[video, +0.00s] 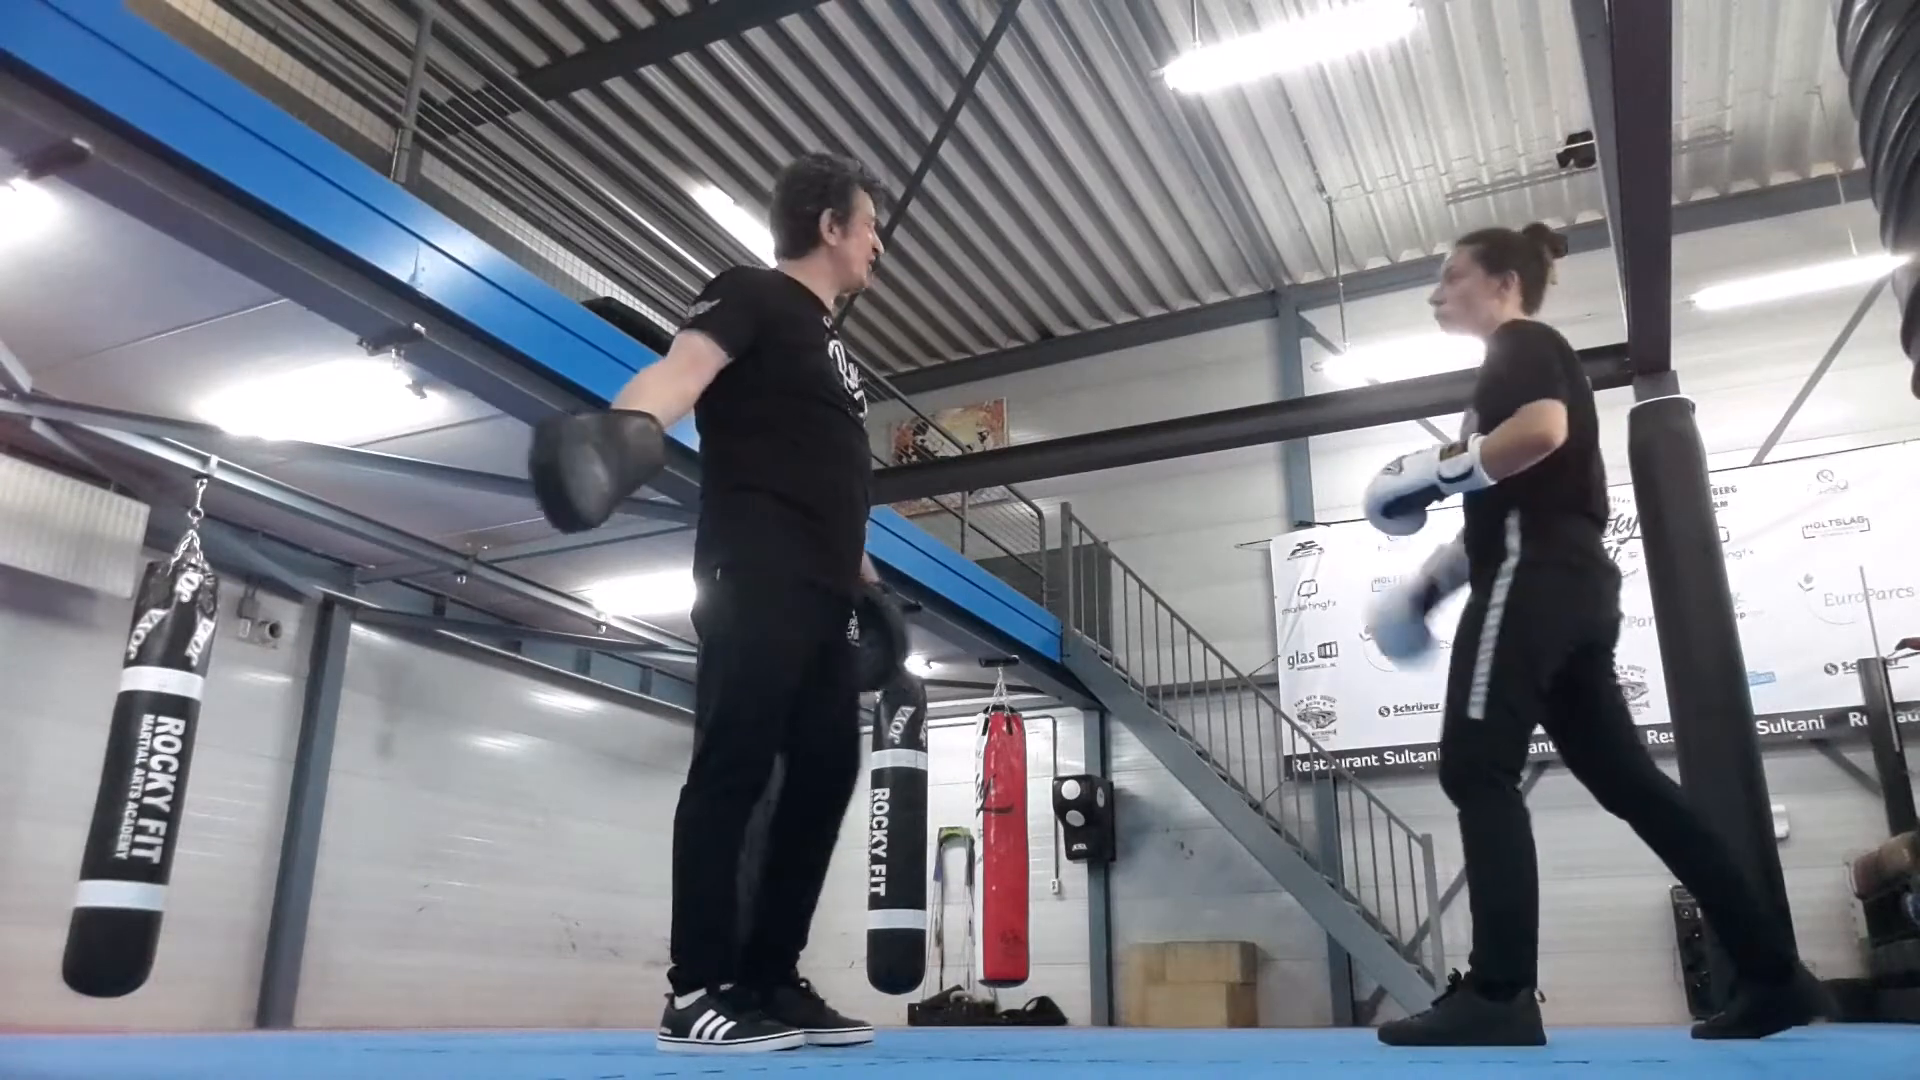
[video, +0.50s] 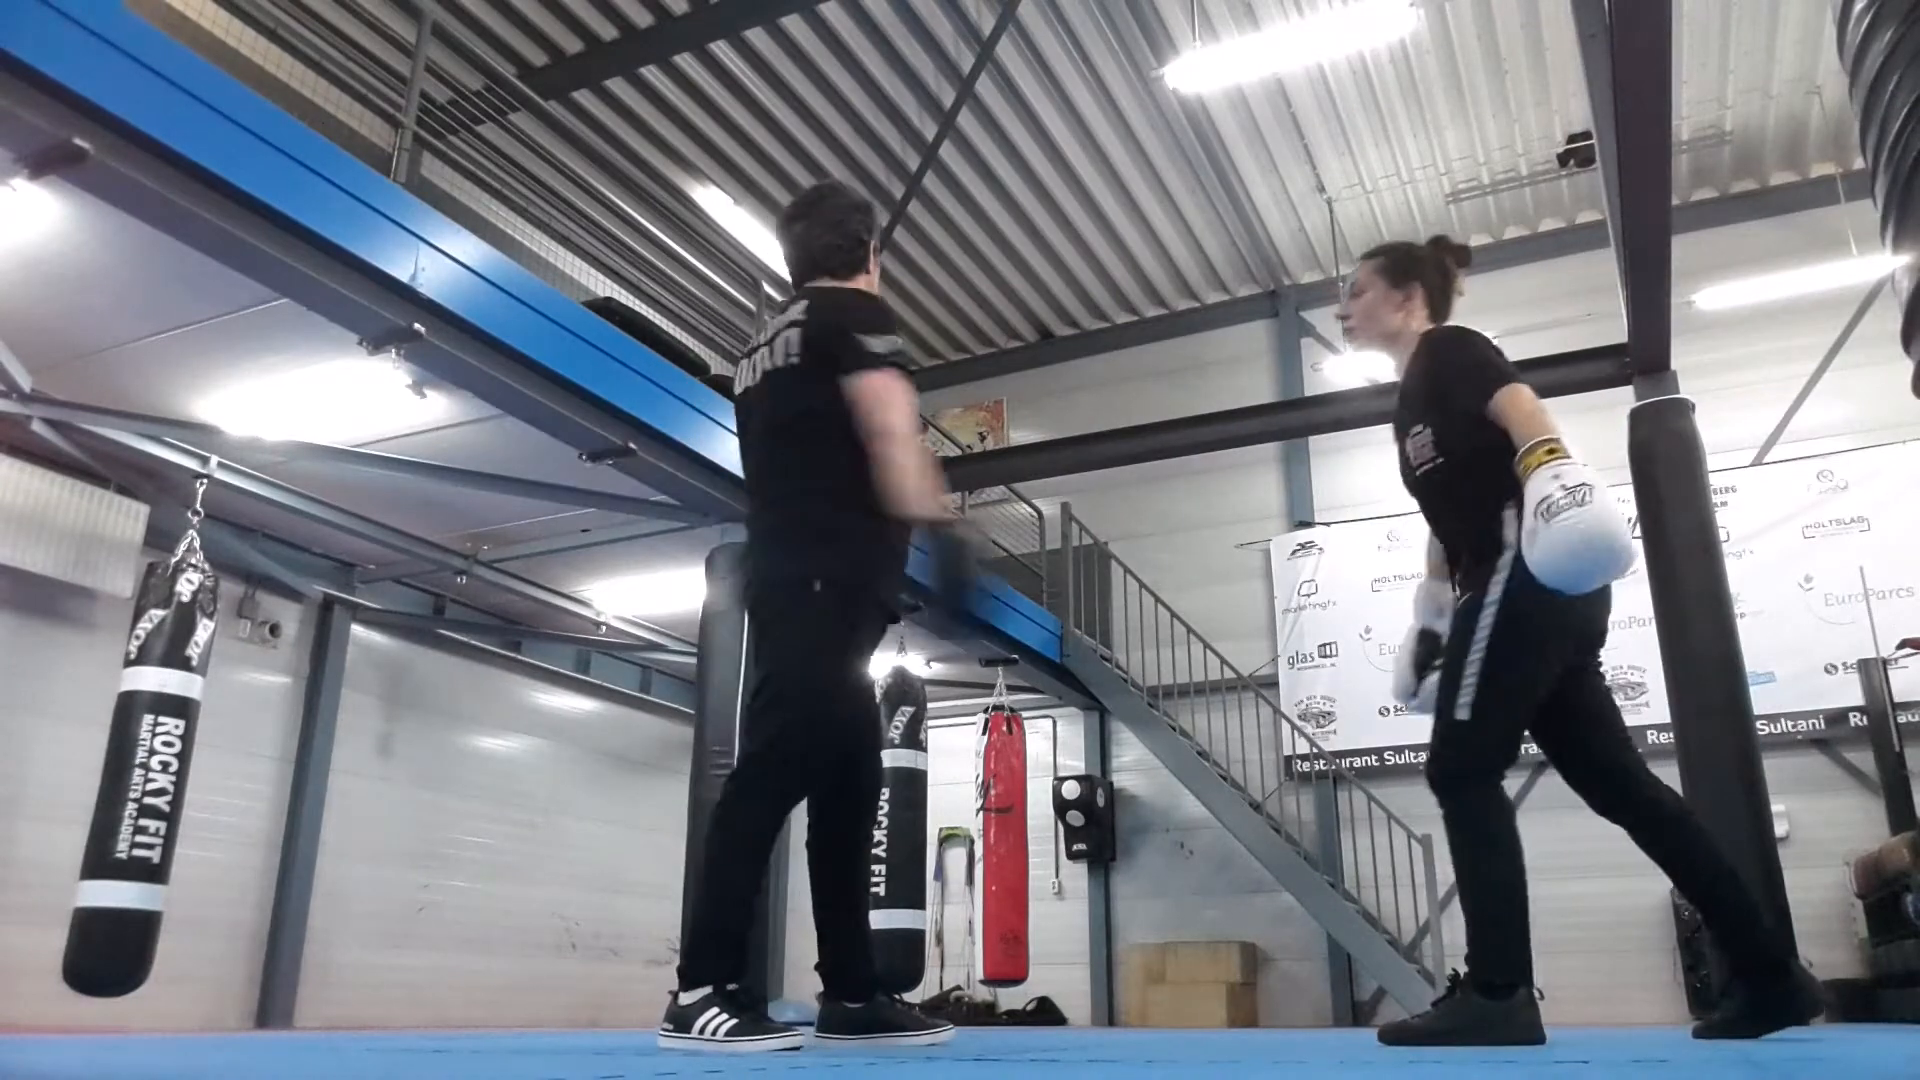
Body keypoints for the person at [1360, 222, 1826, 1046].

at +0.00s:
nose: (1439, 291)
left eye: (1452, 277)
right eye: (1442, 278)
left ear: (1501, 282)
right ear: (1505, 290)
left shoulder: (1520, 341)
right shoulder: (1531, 363)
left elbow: (1543, 429)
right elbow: (1509, 510)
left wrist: (1442, 470)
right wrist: (1429, 583)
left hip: (1531, 570)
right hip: (1569, 576)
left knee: (1476, 770)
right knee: (1627, 782)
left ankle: (1497, 998)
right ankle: (1772, 976)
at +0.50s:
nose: (1345, 306)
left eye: (1358, 292)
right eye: (1346, 294)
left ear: (1407, 296)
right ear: (1396, 303)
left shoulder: (1447, 349)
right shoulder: (1412, 399)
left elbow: (1516, 407)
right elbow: (1451, 519)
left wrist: (1555, 476)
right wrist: (1431, 618)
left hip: (1527, 576)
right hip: (1526, 589)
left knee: (1461, 769)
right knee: (1619, 786)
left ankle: (1496, 996)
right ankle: (1768, 973)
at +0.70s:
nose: (1312, 294)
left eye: (1327, 280)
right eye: (1315, 282)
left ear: (1378, 286)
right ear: (1366, 292)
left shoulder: (1428, 344)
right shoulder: (1371, 406)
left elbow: (1500, 403)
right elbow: (1371, 516)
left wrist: (1508, 473)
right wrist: (1353, 609)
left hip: (1487, 578)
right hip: (1510, 582)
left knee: (1447, 772)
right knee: (1581, 778)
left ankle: (1498, 994)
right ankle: (1752, 967)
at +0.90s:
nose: (1299, 286)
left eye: (1309, 269)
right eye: (1300, 271)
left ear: (1350, 267)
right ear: (1359, 273)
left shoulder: (1387, 330)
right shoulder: (1380, 361)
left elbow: (1400, 425)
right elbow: (1325, 474)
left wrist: (1385, 525)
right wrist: (1231, 513)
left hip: (1461, 557)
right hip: (1493, 560)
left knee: (1455, 767)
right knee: (1467, 768)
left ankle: (1498, 995)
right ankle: (1622, 948)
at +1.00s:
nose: (1297, 289)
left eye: (1304, 272)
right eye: (1299, 275)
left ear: (1342, 270)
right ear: (1367, 274)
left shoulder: (1368, 329)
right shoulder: (1400, 343)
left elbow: (1361, 435)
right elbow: (1345, 461)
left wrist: (1321, 532)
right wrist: (1240, 452)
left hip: (1442, 554)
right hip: (1487, 551)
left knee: (1446, 763)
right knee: (1450, 761)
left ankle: (1502, 989)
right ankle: (1522, 971)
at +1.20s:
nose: (1297, 314)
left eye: (1300, 300)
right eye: (1299, 301)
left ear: (1325, 295)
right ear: (1374, 302)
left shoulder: (1332, 355)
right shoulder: (1403, 367)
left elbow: (1297, 456)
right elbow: (1354, 453)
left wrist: (1227, 550)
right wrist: (1276, 423)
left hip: (1401, 565)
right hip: (1465, 566)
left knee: (1463, 773)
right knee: (1391, 777)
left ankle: (1503, 993)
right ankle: (1395, 986)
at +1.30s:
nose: (1298, 330)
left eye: (1300, 317)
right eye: (1300, 318)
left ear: (1321, 313)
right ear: (1367, 320)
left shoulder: (1321, 372)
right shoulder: (1401, 390)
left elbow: (1282, 476)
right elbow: (1360, 504)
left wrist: (1216, 561)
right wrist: (1271, 505)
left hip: (1383, 579)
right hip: (1445, 583)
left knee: (1441, 779)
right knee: (1370, 784)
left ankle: (1500, 994)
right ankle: (1389, 991)